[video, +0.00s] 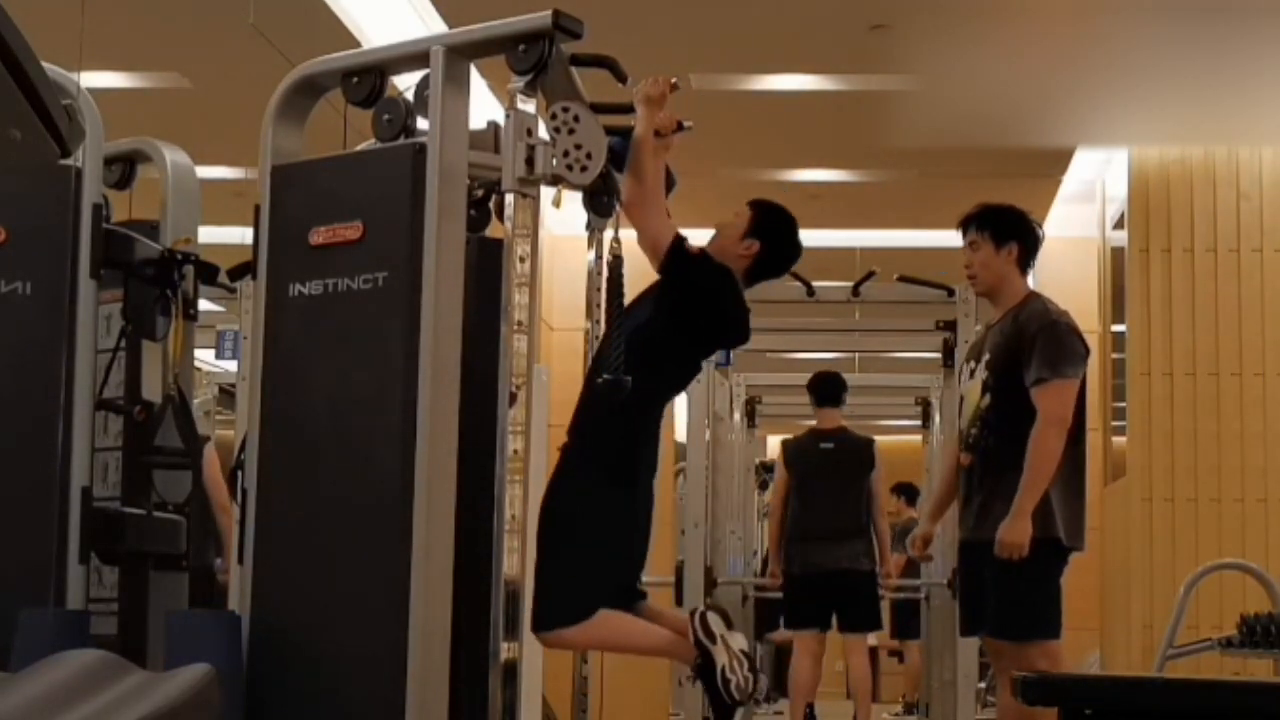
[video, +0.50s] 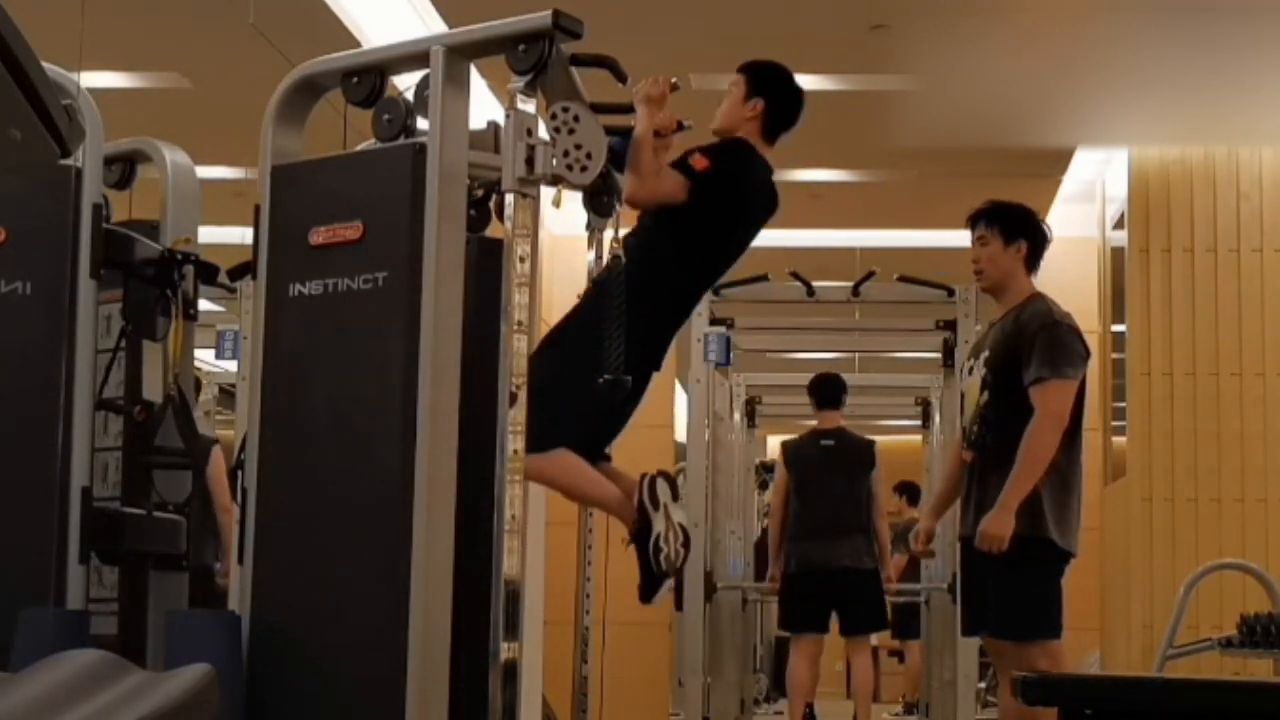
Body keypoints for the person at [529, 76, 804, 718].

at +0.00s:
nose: (722, 219)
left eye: (734, 219)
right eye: (732, 215)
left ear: (747, 248)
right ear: (751, 253)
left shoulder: (707, 286)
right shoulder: (707, 288)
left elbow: (642, 208)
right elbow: (646, 214)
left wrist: (644, 125)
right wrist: (656, 137)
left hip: (603, 455)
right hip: (621, 456)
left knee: (558, 621)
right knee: (607, 602)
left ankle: (699, 654)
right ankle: (702, 630)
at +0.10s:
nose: (730, 206)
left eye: (743, 201)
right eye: (740, 199)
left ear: (759, 223)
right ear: (769, 235)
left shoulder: (721, 265)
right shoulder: (732, 281)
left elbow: (643, 205)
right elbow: (647, 230)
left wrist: (644, 123)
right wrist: (657, 145)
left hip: (605, 427)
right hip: (628, 431)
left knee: (544, 589)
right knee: (593, 567)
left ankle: (680, 619)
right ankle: (686, 605)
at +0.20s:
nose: (737, 185)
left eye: (749, 180)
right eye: (747, 177)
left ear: (768, 197)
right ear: (775, 209)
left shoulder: (733, 243)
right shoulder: (752, 269)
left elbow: (644, 200)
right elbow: (651, 234)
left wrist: (647, 123)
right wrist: (657, 150)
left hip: (606, 398)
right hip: (635, 407)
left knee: (540, 550)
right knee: (581, 537)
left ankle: (663, 585)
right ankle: (669, 580)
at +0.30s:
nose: (736, 163)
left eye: (747, 154)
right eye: (743, 153)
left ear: (770, 170)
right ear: (782, 182)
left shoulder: (740, 215)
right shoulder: (763, 245)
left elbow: (642, 195)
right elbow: (655, 242)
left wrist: (646, 125)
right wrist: (657, 148)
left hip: (611, 367)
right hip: (640, 378)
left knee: (532, 508)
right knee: (577, 506)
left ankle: (651, 559)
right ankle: (655, 540)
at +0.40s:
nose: (731, 133)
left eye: (742, 124)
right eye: (739, 122)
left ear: (765, 139)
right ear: (776, 149)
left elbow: (642, 191)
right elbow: (653, 218)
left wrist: (645, 125)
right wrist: (658, 145)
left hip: (614, 337)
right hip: (644, 351)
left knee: (533, 479)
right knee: (571, 477)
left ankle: (640, 532)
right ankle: (646, 512)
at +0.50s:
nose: (720, 104)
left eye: (729, 95)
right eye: (726, 94)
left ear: (753, 107)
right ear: (766, 114)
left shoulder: (730, 160)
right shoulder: (757, 182)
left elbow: (642, 188)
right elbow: (646, 198)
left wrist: (646, 117)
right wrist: (659, 140)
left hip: (621, 310)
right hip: (645, 323)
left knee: (533, 450)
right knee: (572, 454)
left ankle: (634, 510)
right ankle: (645, 494)